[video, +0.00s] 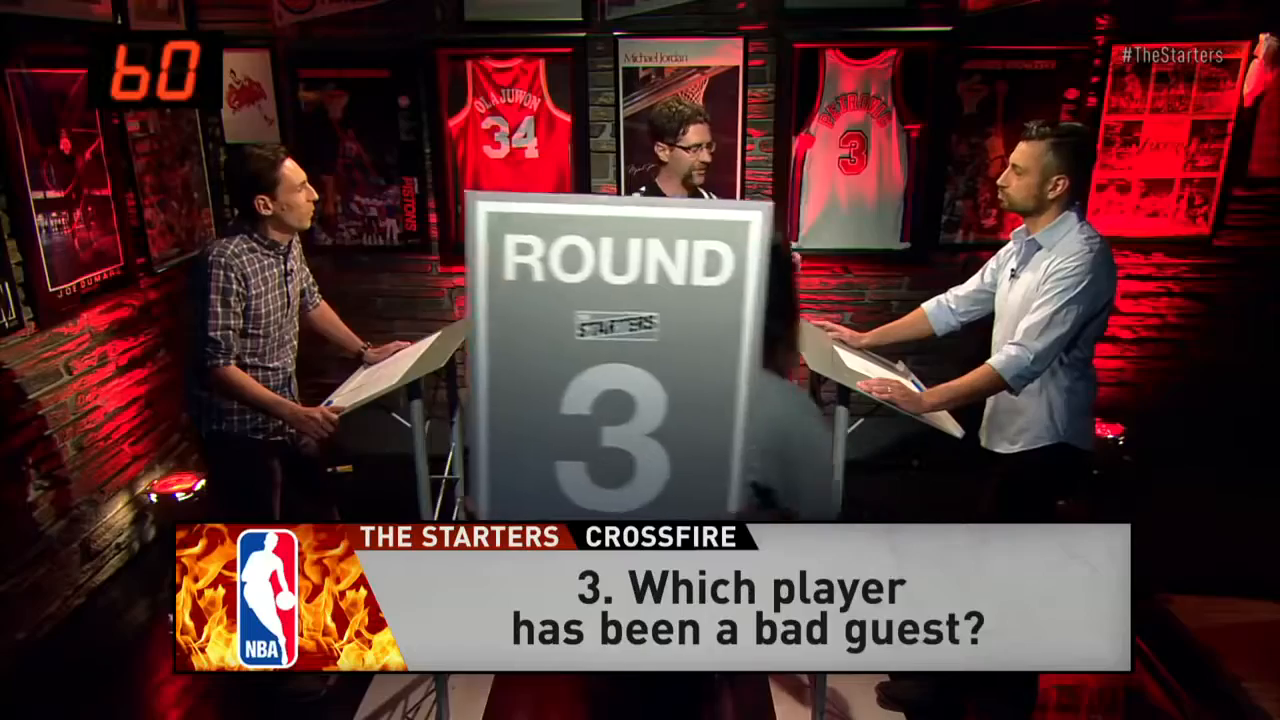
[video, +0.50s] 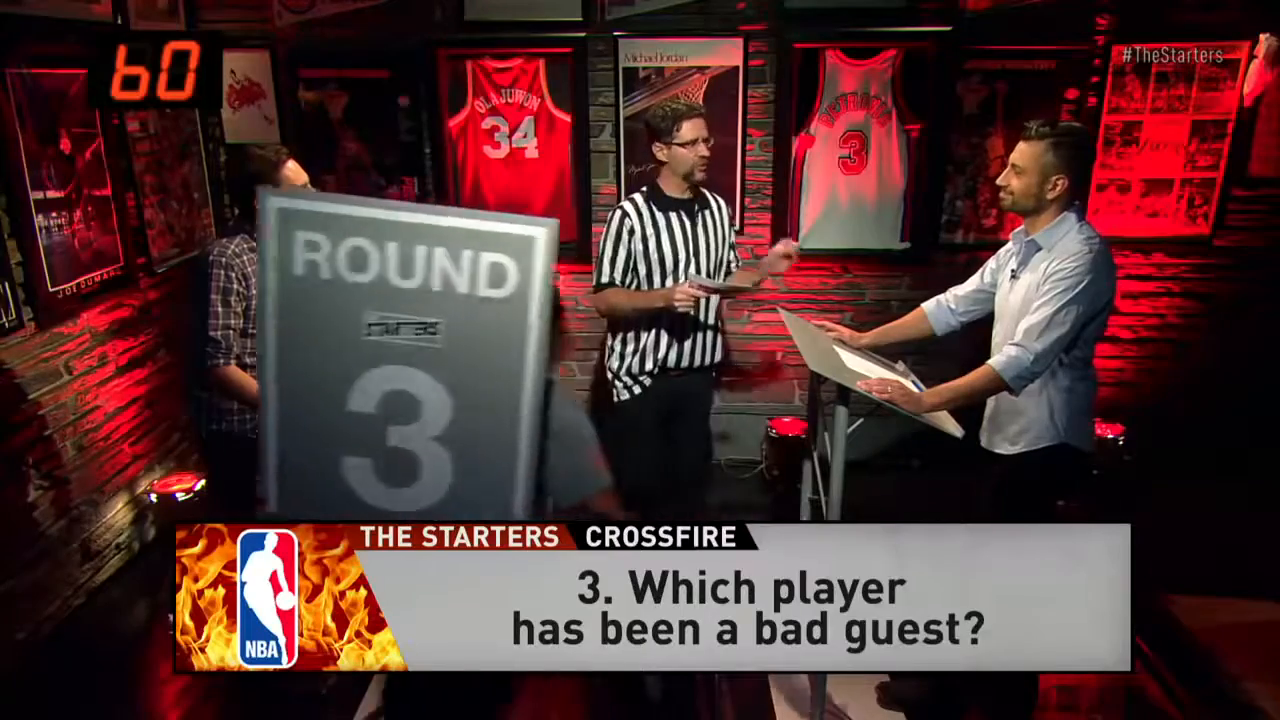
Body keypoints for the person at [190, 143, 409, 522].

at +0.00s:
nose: (314, 196)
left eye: (308, 185)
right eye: (300, 189)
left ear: (269, 205)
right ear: (266, 205)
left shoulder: (289, 247)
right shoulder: (226, 261)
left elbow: (312, 304)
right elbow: (218, 367)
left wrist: (364, 351)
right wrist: (293, 413)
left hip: (286, 425)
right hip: (240, 435)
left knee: (305, 525)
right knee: (252, 537)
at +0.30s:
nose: (314, 196)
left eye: (308, 185)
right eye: (301, 189)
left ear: (270, 205)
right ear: (266, 205)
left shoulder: (289, 246)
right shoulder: (227, 261)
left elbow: (312, 304)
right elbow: (218, 367)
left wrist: (364, 350)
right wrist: (293, 413)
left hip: (285, 425)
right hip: (241, 435)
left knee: (298, 527)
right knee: (253, 538)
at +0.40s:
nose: (310, 198)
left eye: (307, 187)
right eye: (301, 190)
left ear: (272, 205)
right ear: (266, 205)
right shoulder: (227, 260)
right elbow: (217, 366)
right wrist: (294, 413)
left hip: (283, 428)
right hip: (240, 435)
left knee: (293, 530)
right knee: (252, 538)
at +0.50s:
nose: (306, 204)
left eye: (307, 192)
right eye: (296, 194)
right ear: (262, 198)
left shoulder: (296, 251)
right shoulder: (231, 256)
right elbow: (219, 364)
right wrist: (284, 406)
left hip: (287, 428)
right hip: (242, 435)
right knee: (246, 533)